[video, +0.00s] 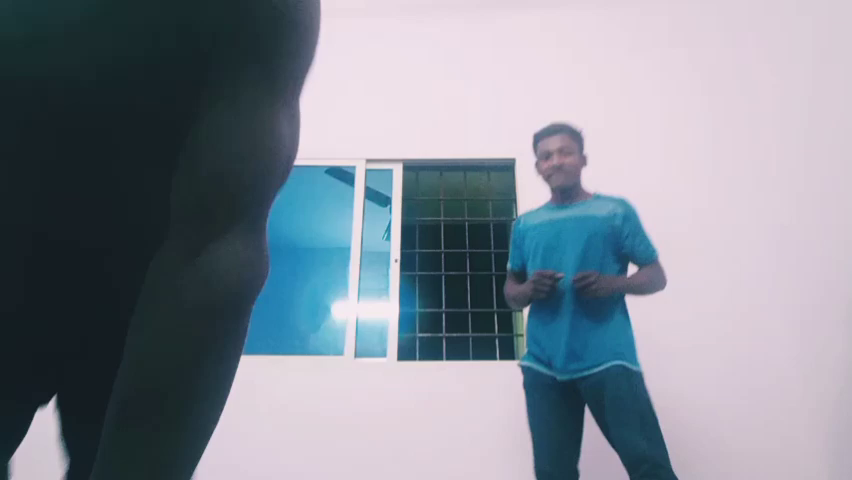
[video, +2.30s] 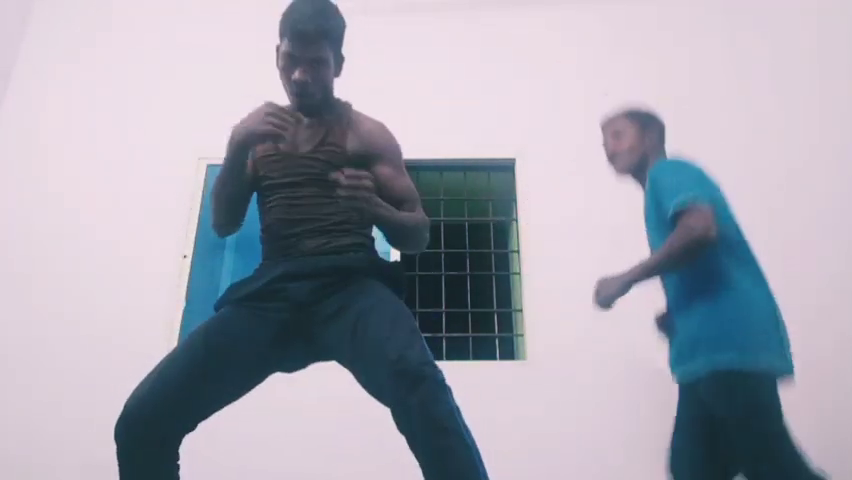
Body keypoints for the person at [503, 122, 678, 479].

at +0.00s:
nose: (555, 162)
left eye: (564, 153)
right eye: (546, 156)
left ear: (583, 160)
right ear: (537, 167)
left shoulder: (615, 212)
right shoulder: (525, 224)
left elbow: (656, 277)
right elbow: (511, 295)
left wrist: (613, 283)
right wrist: (529, 288)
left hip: (607, 363)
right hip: (544, 367)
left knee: (648, 465)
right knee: (552, 471)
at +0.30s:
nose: (540, 135)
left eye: (547, 123)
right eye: (532, 130)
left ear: (573, 123)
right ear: (530, 139)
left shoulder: (623, 165)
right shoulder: (544, 202)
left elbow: (679, 217)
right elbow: (559, 262)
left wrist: (606, 221)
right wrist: (551, 282)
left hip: (631, 329)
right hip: (567, 333)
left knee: (659, 447)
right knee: (558, 448)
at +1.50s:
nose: (560, 150)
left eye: (569, 138)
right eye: (551, 145)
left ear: (593, 142)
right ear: (548, 157)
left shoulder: (635, 182)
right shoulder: (570, 227)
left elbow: (692, 237)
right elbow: (598, 287)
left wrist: (615, 269)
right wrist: (577, 319)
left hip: (667, 351)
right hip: (610, 361)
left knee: (705, 463)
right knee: (585, 463)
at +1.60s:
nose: (576, 113)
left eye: (583, 101)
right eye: (566, 108)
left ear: (606, 103)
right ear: (563, 120)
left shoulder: (644, 136)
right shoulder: (584, 186)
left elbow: (711, 185)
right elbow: (621, 244)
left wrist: (636, 222)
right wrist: (597, 268)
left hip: (686, 302)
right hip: (631, 321)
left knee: (730, 422)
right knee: (649, 449)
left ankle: (762, 474)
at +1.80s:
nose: (621, 127)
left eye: (630, 116)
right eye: (612, 122)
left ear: (655, 118)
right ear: (608, 134)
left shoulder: (698, 155)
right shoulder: (633, 203)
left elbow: (756, 207)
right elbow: (664, 262)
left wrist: (675, 256)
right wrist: (641, 286)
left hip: (739, 339)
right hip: (681, 346)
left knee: (793, 453)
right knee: (662, 461)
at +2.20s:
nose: (604, 120)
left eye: (612, 108)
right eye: (600, 113)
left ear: (645, 110)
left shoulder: (670, 143)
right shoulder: (658, 167)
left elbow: (711, 195)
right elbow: (719, 242)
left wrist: (642, 258)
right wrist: (679, 280)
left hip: (727, 316)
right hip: (698, 323)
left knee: (773, 431)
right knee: (701, 444)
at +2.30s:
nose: (609, 147)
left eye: (617, 135)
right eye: (605, 141)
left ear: (650, 136)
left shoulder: (670, 172)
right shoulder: (663, 189)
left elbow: (699, 225)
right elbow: (721, 274)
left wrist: (625, 279)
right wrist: (680, 313)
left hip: (727, 350)